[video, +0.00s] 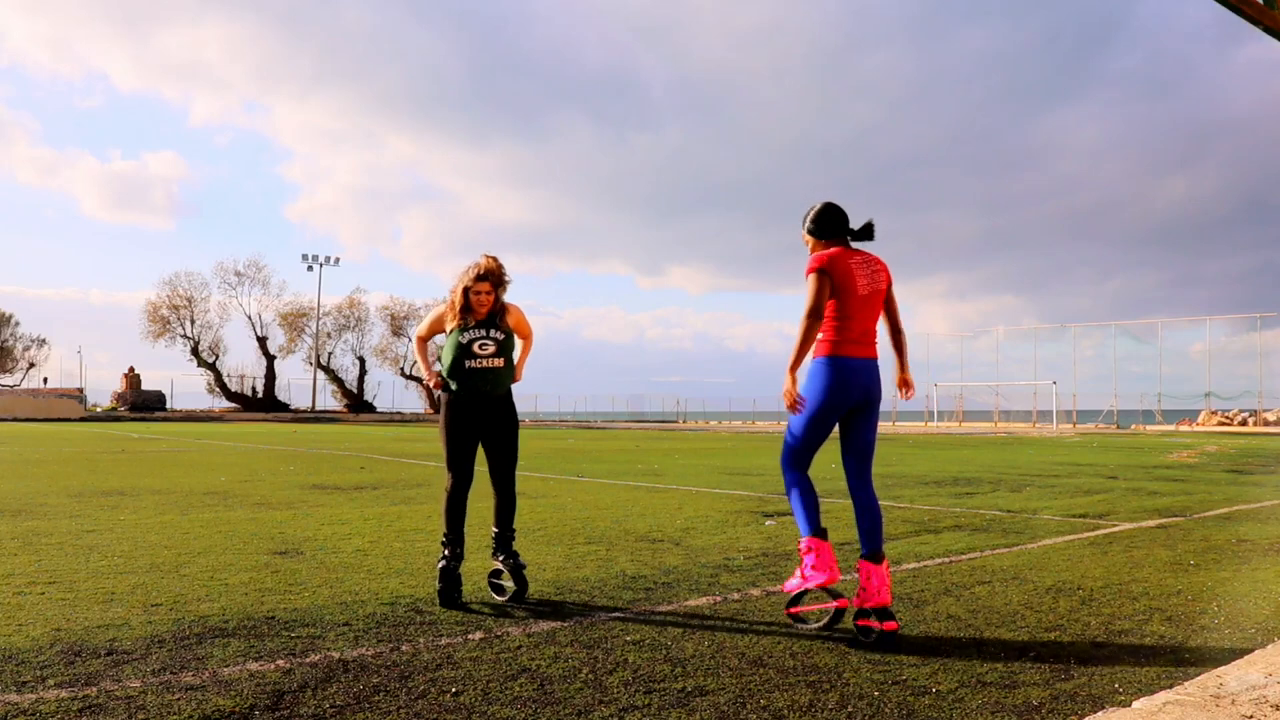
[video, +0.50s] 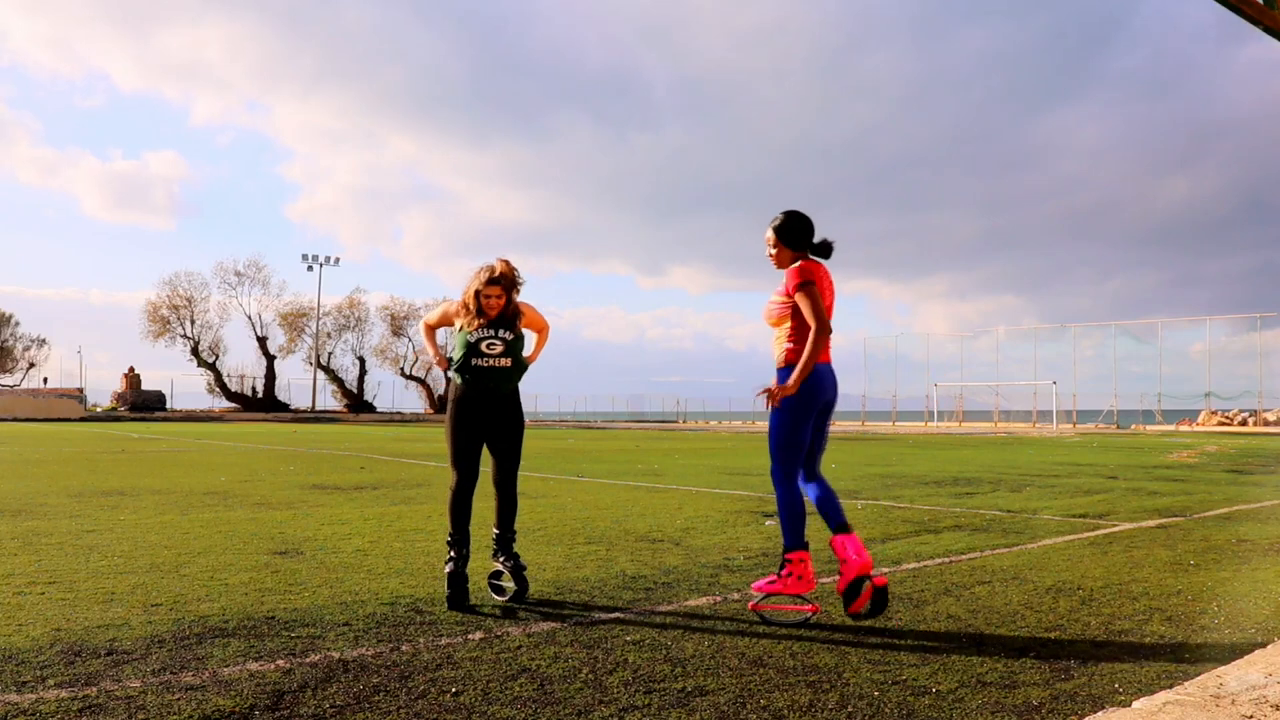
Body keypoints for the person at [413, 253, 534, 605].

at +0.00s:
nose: (483, 298)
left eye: (489, 292)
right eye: (477, 292)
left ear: (497, 292)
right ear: (465, 290)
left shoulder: (509, 314)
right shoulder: (448, 314)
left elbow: (526, 335)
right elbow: (420, 337)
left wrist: (519, 367)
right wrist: (427, 371)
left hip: (499, 404)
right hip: (459, 405)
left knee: (504, 482)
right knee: (458, 482)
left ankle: (504, 550)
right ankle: (451, 554)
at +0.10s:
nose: (491, 301)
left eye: (497, 295)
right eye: (485, 295)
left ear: (506, 294)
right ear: (473, 292)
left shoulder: (516, 314)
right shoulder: (455, 313)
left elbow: (533, 336)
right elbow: (429, 334)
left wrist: (523, 367)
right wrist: (436, 367)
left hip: (505, 404)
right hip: (465, 404)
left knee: (506, 481)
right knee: (462, 479)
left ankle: (504, 548)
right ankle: (453, 551)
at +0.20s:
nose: (496, 304)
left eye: (502, 298)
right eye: (490, 297)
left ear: (511, 296)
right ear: (479, 294)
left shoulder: (521, 316)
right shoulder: (461, 313)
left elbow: (536, 338)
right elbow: (432, 333)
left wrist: (525, 371)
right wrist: (439, 369)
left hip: (507, 404)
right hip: (467, 404)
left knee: (508, 481)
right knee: (461, 480)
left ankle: (505, 551)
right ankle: (453, 553)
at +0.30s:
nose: (499, 305)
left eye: (505, 299)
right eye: (493, 299)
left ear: (514, 298)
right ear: (482, 295)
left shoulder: (524, 318)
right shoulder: (464, 313)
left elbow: (539, 341)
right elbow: (435, 332)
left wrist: (527, 372)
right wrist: (443, 367)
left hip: (509, 404)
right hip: (468, 403)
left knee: (508, 481)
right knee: (462, 476)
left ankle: (505, 551)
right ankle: (453, 548)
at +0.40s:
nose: (497, 304)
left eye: (504, 298)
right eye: (492, 297)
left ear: (513, 297)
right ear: (481, 294)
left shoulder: (524, 316)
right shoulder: (461, 312)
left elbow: (541, 337)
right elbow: (433, 330)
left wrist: (527, 367)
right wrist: (443, 362)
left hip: (508, 401)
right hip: (467, 401)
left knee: (507, 480)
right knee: (463, 475)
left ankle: (505, 550)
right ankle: (455, 546)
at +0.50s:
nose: (493, 303)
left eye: (500, 297)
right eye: (488, 296)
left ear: (509, 295)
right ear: (476, 293)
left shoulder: (519, 313)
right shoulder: (457, 311)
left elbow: (543, 328)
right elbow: (426, 324)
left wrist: (530, 358)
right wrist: (435, 355)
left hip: (506, 402)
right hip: (465, 402)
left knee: (506, 482)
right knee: (464, 480)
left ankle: (504, 550)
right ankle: (457, 553)